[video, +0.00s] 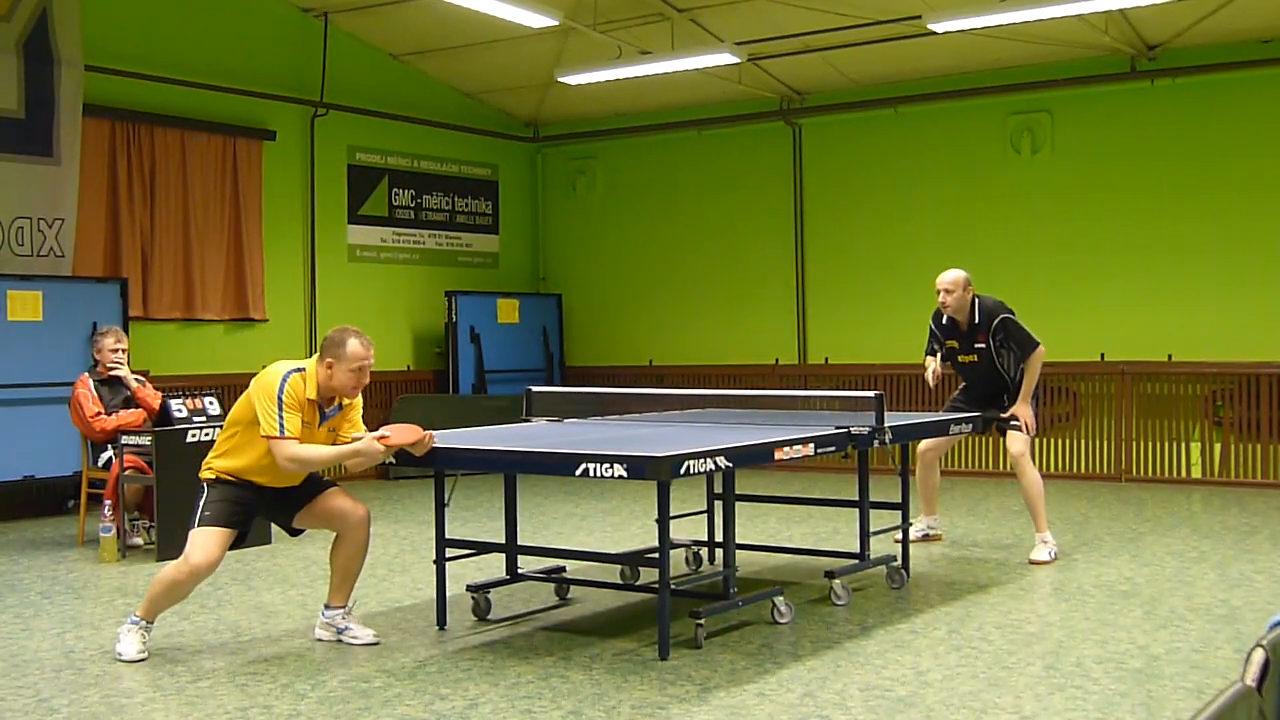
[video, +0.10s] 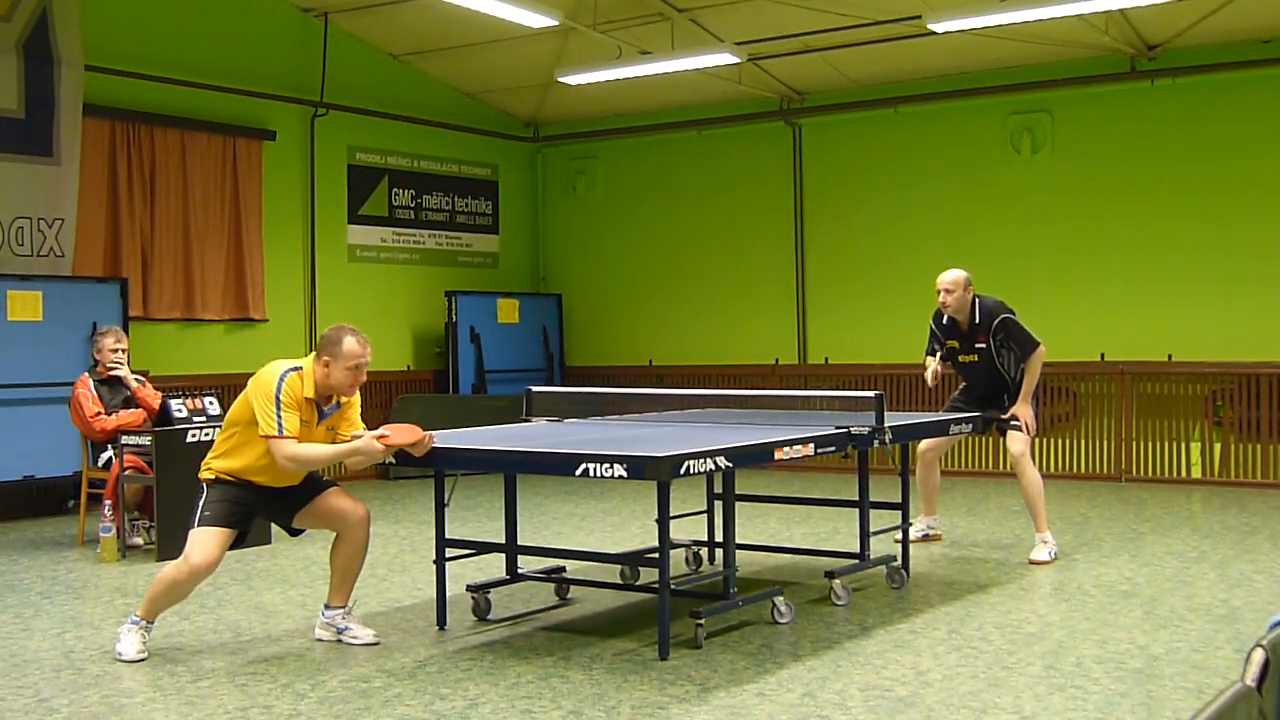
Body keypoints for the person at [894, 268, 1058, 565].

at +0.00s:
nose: (942, 298)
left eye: (949, 292)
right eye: (939, 292)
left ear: (968, 293)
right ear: (937, 294)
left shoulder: (994, 314)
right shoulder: (940, 319)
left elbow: (1036, 352)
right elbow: (932, 354)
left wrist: (1024, 401)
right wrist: (932, 366)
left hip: (1013, 393)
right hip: (973, 392)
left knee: (1018, 453)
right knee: (926, 450)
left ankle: (1044, 539)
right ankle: (929, 523)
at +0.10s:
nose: (942, 298)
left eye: (949, 292)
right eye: (939, 292)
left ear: (969, 293)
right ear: (937, 294)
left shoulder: (995, 314)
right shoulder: (940, 319)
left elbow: (1036, 352)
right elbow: (933, 354)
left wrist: (1024, 402)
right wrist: (933, 366)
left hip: (1013, 393)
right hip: (973, 392)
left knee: (1018, 452)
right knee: (927, 450)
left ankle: (1044, 539)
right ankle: (929, 523)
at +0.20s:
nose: (943, 298)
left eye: (949, 292)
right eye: (940, 292)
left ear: (969, 293)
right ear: (938, 294)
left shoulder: (996, 314)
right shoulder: (941, 318)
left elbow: (1037, 352)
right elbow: (934, 353)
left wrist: (1024, 402)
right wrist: (934, 365)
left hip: (1014, 393)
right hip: (974, 392)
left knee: (1019, 452)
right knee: (927, 450)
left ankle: (1044, 539)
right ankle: (929, 523)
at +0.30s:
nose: (942, 298)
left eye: (949, 292)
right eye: (940, 292)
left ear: (969, 293)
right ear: (938, 294)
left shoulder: (996, 314)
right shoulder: (941, 319)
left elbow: (1037, 352)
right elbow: (935, 354)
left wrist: (1024, 402)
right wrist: (934, 366)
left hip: (1014, 393)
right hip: (974, 392)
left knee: (1019, 453)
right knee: (927, 450)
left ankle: (1044, 539)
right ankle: (929, 523)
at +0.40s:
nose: (942, 298)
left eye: (949, 292)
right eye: (939, 292)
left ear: (969, 293)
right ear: (938, 294)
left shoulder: (996, 314)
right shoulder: (941, 319)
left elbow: (1037, 353)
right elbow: (934, 353)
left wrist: (1024, 402)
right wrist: (934, 366)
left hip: (1013, 393)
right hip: (973, 392)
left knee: (1019, 453)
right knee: (928, 450)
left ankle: (1044, 539)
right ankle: (929, 523)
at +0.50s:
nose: (942, 297)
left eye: (949, 290)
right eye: (940, 291)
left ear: (969, 291)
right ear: (939, 292)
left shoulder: (997, 313)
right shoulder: (941, 317)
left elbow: (1036, 353)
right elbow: (935, 352)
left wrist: (1024, 402)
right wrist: (933, 365)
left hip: (1013, 392)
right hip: (973, 391)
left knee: (1019, 453)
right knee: (928, 450)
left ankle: (1044, 539)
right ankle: (929, 523)